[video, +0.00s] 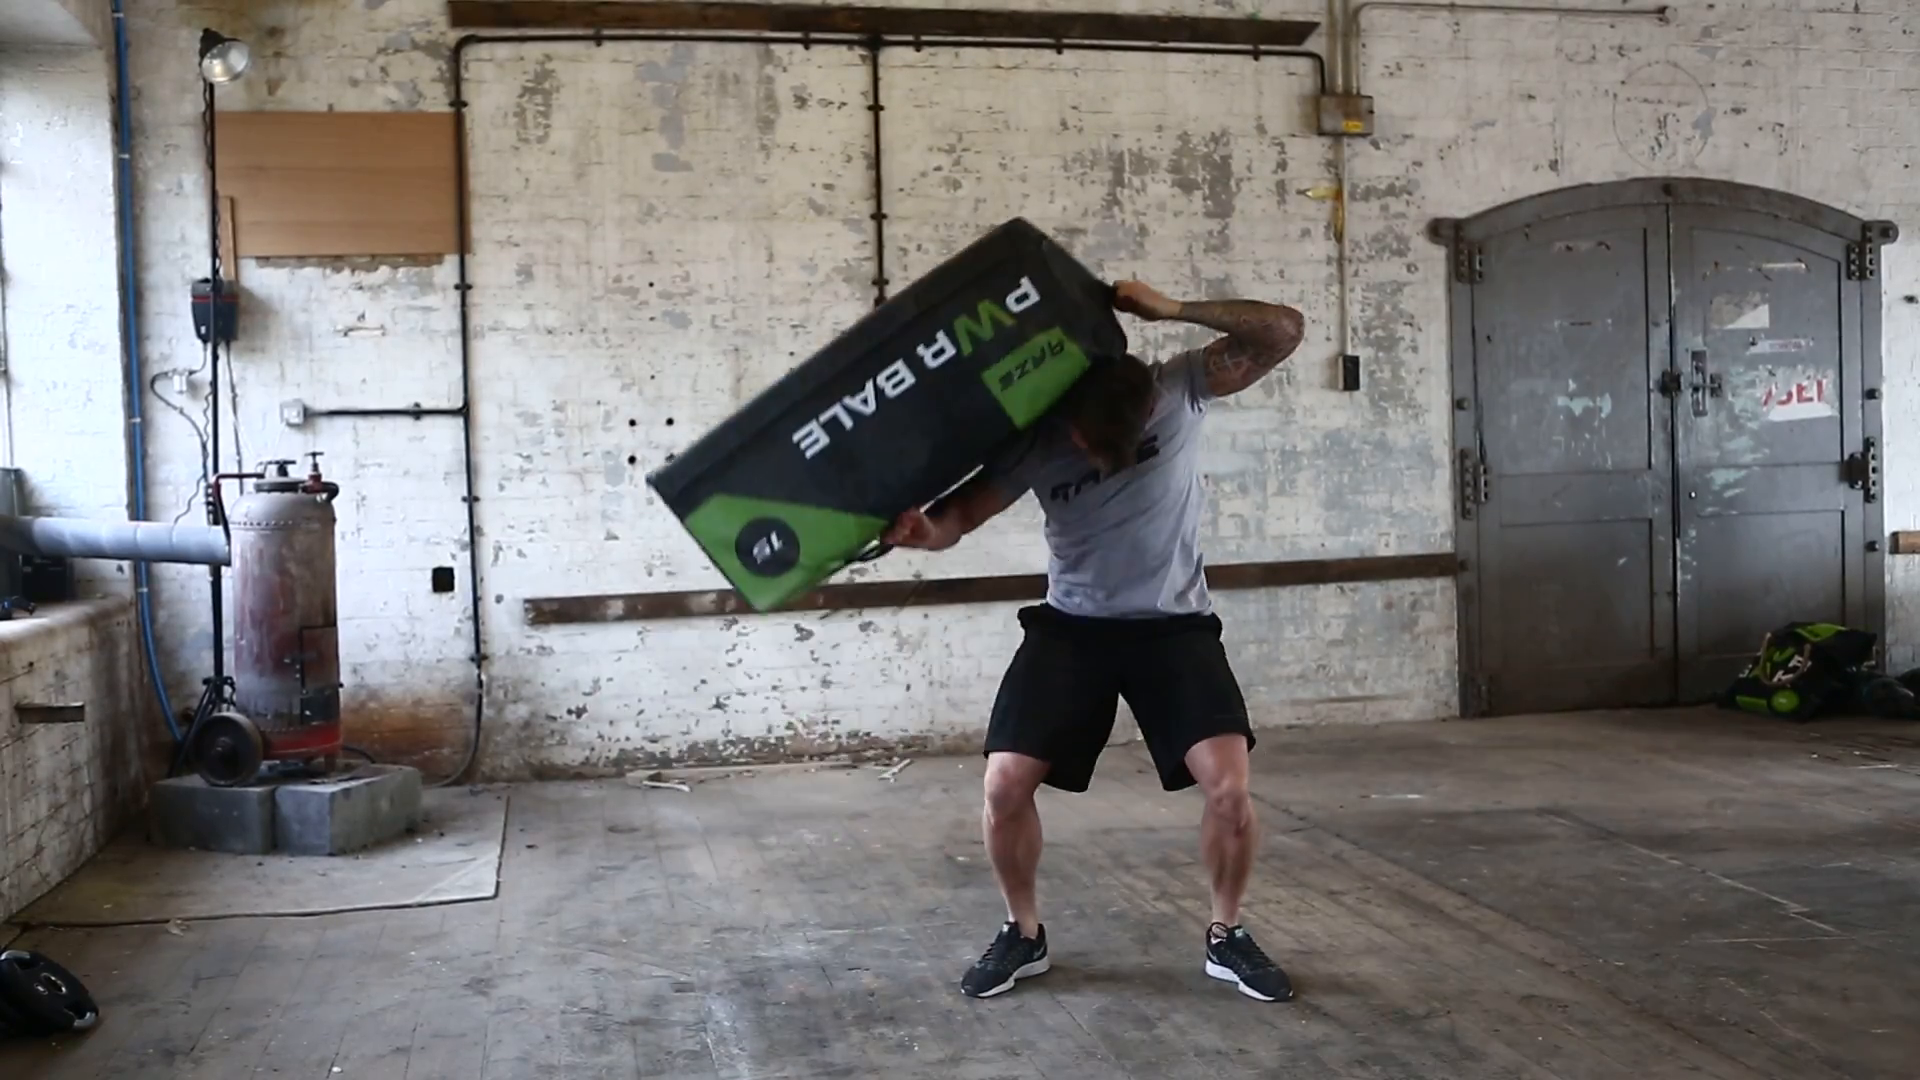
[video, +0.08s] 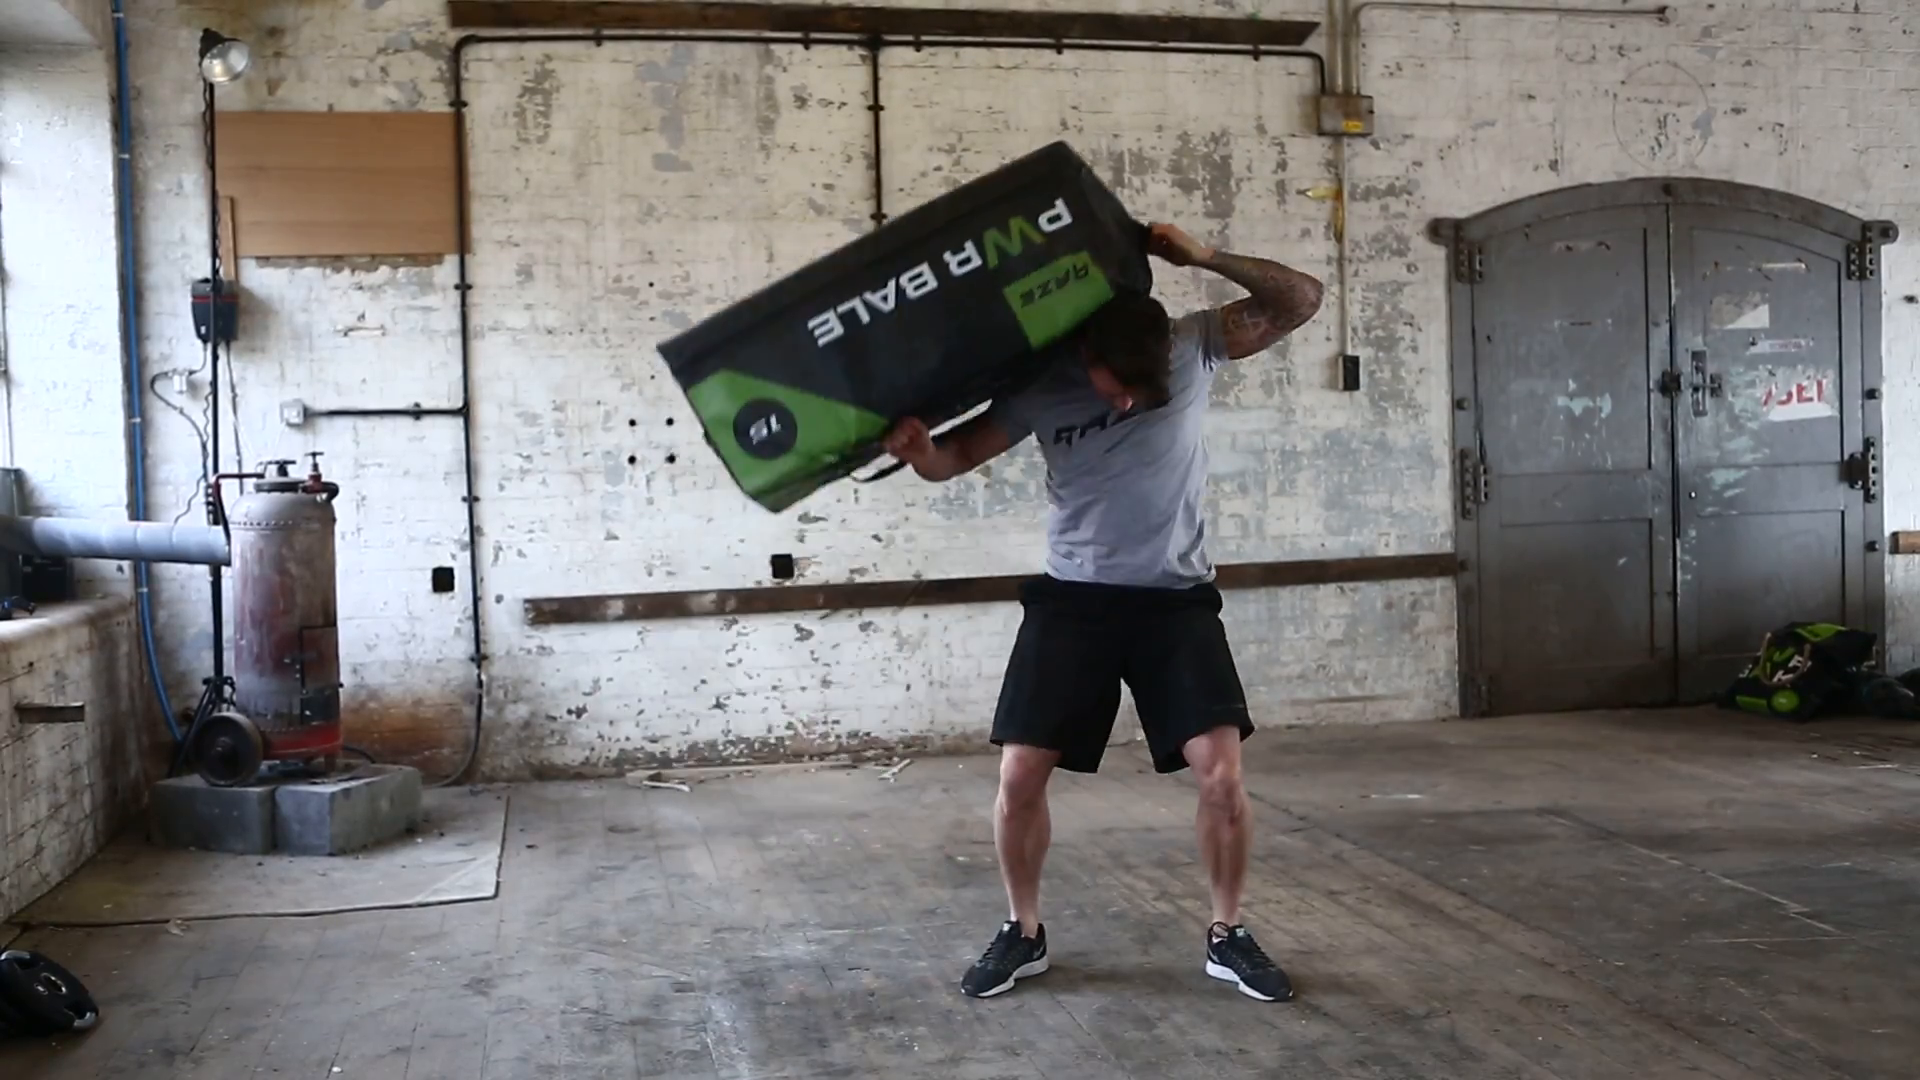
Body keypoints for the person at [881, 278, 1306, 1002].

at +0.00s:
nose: (1093, 460)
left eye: (1108, 449)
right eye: (1085, 448)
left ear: (1140, 414)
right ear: (1069, 420)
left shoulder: (1179, 389)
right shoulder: (1041, 443)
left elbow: (1286, 327)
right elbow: (956, 517)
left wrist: (1176, 309)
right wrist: (922, 530)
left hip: (1177, 627)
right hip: (1071, 630)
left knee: (1231, 791)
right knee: (1005, 785)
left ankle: (1227, 936)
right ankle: (1023, 934)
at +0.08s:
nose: (1124, 400)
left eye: (1134, 386)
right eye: (1108, 388)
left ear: (1157, 351)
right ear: (1084, 360)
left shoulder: (1193, 345)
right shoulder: (1047, 391)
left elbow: (1303, 297)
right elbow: (949, 458)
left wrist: (1208, 257)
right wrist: (920, 450)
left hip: (1177, 600)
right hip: (1071, 602)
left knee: (1222, 775)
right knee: (1018, 779)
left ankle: (1227, 933)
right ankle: (1023, 930)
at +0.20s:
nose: (1142, 340)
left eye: (1155, 327)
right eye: (1127, 327)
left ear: (1172, 299)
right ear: (1093, 295)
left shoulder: (1199, 310)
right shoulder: (1040, 336)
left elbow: (1307, 289)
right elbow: (940, 396)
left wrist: (1240, 218)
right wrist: (918, 352)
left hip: (1179, 576)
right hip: (1072, 578)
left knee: (1214, 758)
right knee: (1042, 760)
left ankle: (1230, 931)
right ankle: (1023, 926)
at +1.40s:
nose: (1089, 312)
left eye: (1103, 296)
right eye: (1073, 298)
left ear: (1138, 268)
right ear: (1054, 278)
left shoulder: (1186, 306)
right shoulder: (1031, 342)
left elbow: (1290, 250)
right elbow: (924, 399)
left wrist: (1203, 183)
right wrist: (915, 327)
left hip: (1186, 581)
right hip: (1078, 584)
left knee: (1222, 765)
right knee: (1039, 766)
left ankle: (1231, 929)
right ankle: (1016, 924)